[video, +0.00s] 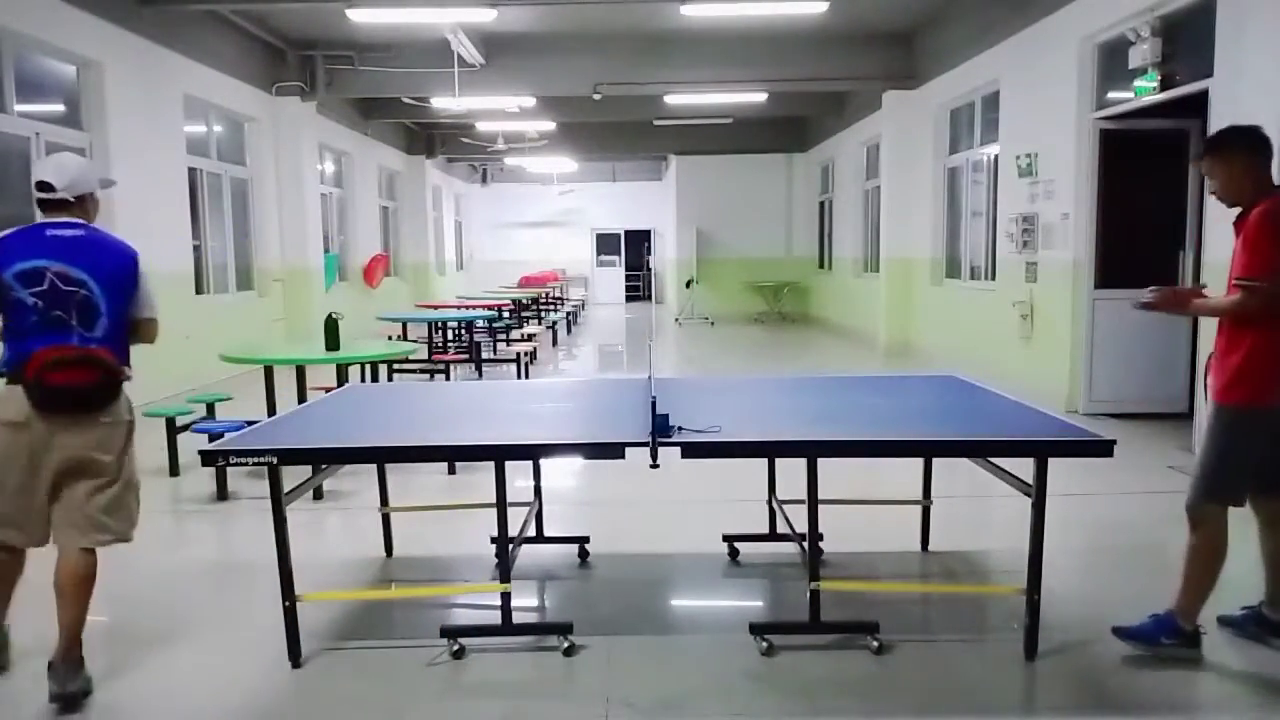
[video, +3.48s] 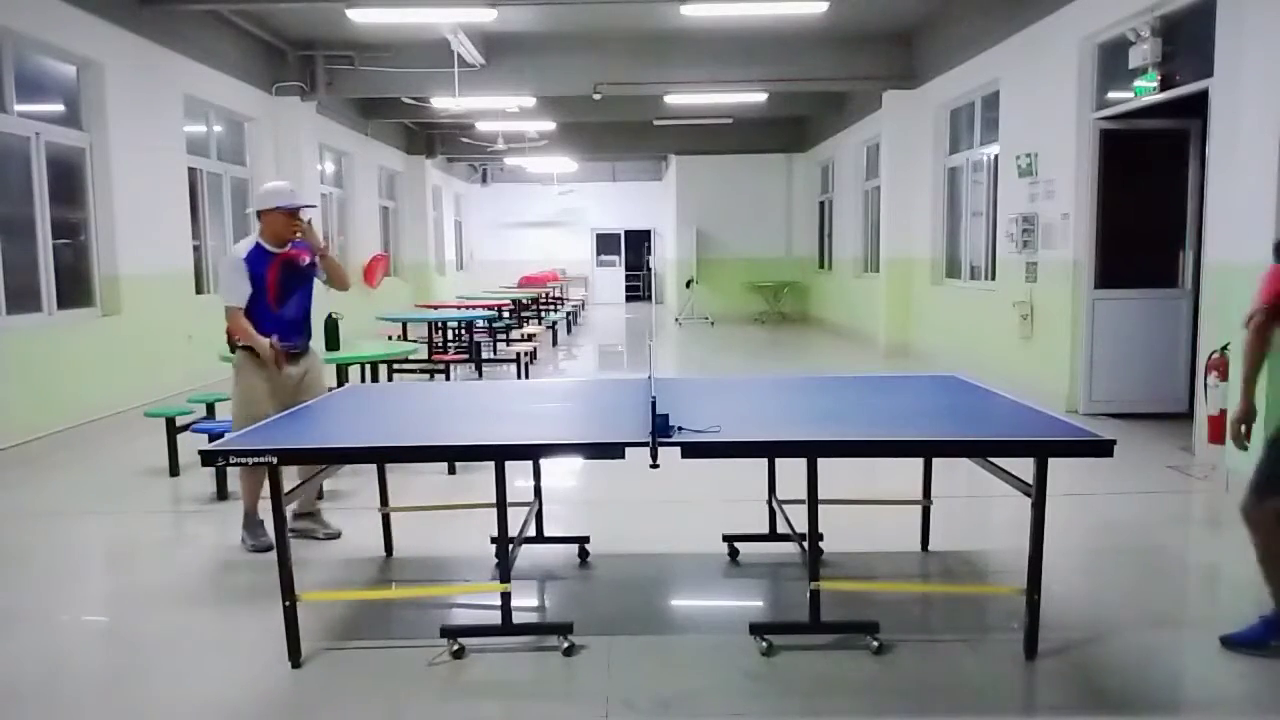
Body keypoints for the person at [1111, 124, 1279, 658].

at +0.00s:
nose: (1210, 187)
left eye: (1215, 174)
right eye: (1208, 176)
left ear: (1247, 167)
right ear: (1249, 170)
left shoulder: (1265, 220)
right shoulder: (1257, 218)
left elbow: (1254, 301)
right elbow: (1251, 299)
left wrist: (1190, 302)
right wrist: (1198, 298)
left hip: (1247, 395)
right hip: (1260, 393)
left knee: (1205, 507)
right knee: (1269, 502)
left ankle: (1182, 621)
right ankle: (1275, 610)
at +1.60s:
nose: (1175, 178)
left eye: (1182, 165)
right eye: (1175, 167)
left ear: (1217, 164)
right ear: (1212, 168)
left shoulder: (1246, 221)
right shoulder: (1222, 222)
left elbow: (1259, 310)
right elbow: (1221, 299)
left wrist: (1205, 371)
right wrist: (1185, 278)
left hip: (1232, 388)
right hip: (1229, 387)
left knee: (1202, 501)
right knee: (1235, 498)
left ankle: (1222, 616)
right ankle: (1272, 602)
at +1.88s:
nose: (1154, 177)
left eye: (1161, 166)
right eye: (1154, 167)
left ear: (1197, 165)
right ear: (1182, 169)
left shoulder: (1237, 224)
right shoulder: (1186, 227)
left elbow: (1267, 308)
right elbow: (1196, 297)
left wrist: (1268, 385)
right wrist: (1154, 295)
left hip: (1223, 392)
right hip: (1189, 387)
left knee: (1196, 498)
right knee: (1172, 481)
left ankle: (1224, 619)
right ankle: (1225, 578)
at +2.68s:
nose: (1136, 203)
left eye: (1140, 190)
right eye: (1133, 193)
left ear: (1170, 179)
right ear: (1170, 182)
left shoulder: (1208, 225)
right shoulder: (1191, 231)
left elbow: (1228, 299)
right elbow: (1213, 302)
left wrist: (1201, 374)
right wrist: (1186, 343)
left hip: (1240, 384)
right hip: (1212, 383)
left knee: (1222, 496)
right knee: (1186, 477)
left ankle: (1277, 607)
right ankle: (1192, 574)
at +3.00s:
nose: (1177, 218)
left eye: (1174, 206)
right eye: (1172, 209)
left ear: (1195, 188)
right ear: (1212, 184)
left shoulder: (1215, 226)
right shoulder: (1265, 218)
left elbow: (1227, 306)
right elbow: (1255, 309)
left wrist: (1205, 378)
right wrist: (1230, 388)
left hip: (1258, 393)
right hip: (1268, 389)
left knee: (1240, 501)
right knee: (1235, 491)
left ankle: (1274, 614)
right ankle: (1269, 590)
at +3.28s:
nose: (1228, 238)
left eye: (1226, 232)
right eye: (1227, 233)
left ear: (1233, 224)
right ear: (1266, 214)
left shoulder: (1241, 241)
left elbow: (1238, 299)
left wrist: (1248, 388)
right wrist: (1243, 373)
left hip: (1272, 404)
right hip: (1272, 403)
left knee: (1242, 506)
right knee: (1250, 506)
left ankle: (1276, 613)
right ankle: (1274, 614)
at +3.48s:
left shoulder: (1274, 273)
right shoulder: (1273, 274)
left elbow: (1261, 323)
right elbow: (1261, 322)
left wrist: (1246, 400)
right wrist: (1247, 400)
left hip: (1279, 428)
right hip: (1277, 427)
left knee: (1260, 509)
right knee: (1259, 509)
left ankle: (1277, 614)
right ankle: (1276, 614)